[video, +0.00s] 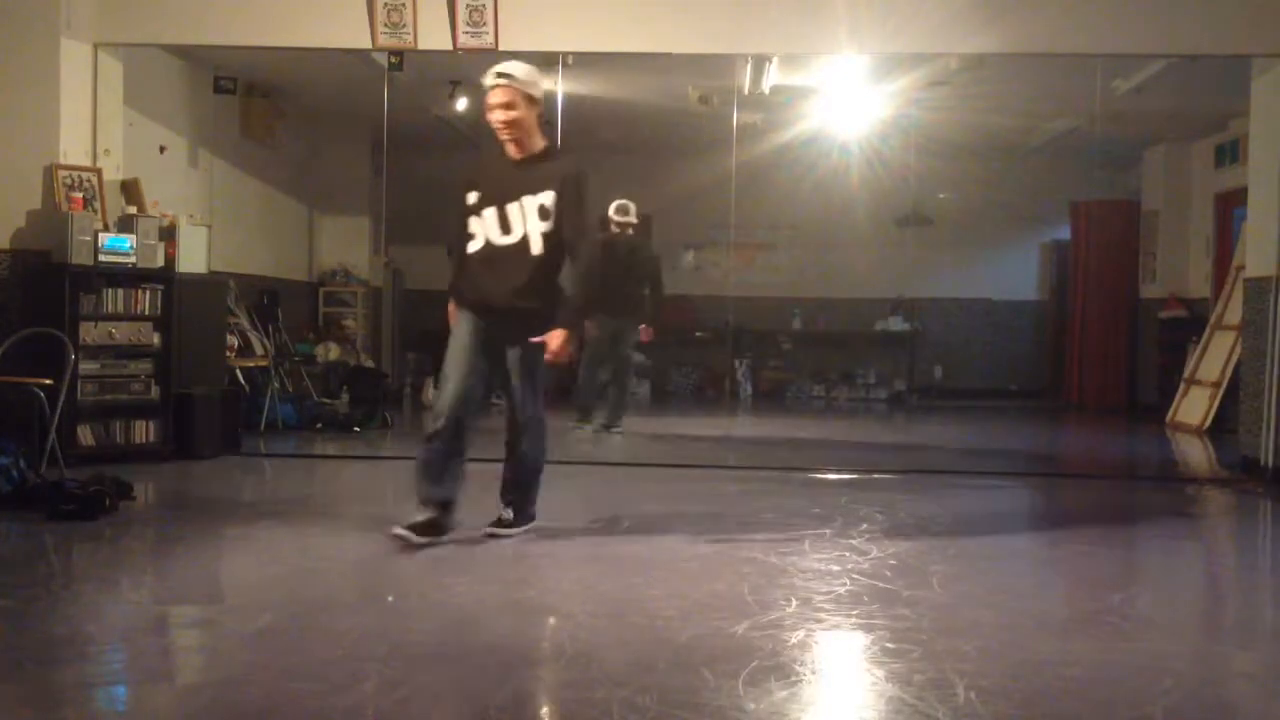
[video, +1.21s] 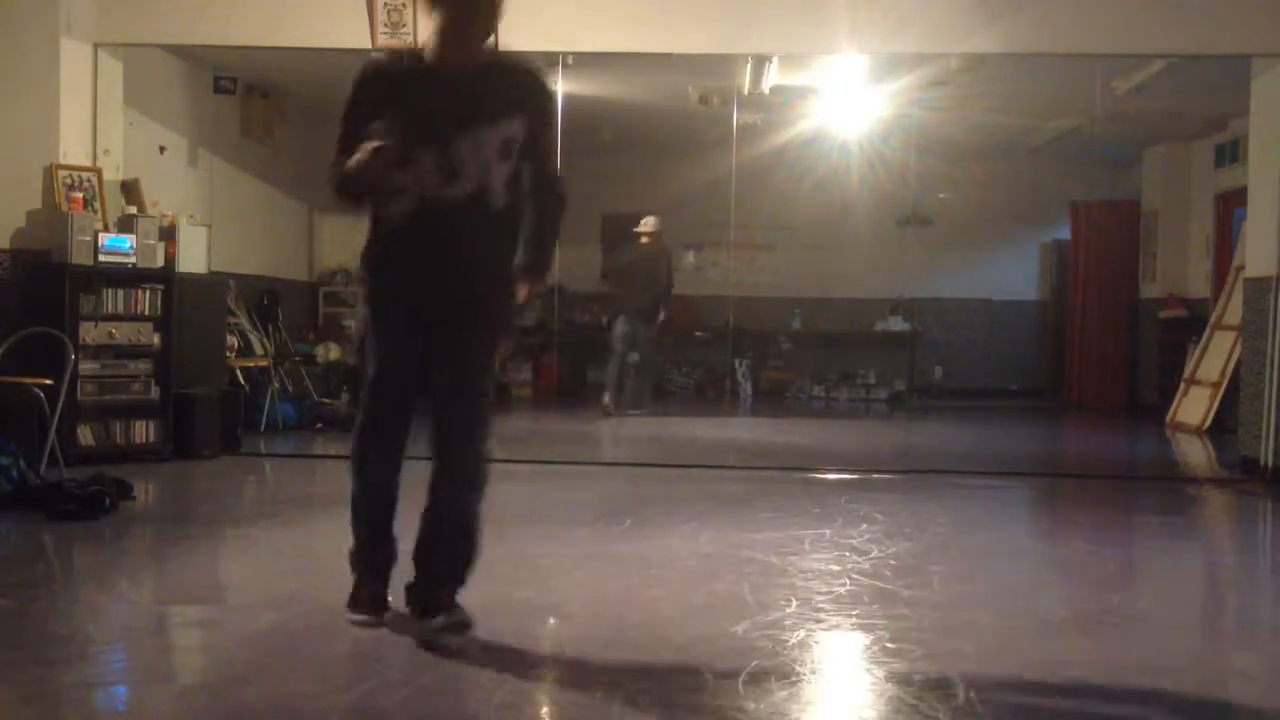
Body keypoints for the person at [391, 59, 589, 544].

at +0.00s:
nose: (501, 117)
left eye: (511, 105)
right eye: (493, 108)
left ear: (536, 107)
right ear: (486, 115)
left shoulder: (563, 172)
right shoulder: (480, 171)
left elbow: (579, 253)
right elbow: (465, 242)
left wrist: (567, 322)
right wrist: (456, 295)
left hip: (531, 313)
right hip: (475, 307)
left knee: (525, 413)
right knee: (449, 404)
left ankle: (517, 508)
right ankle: (435, 509)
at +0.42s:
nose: (448, 87)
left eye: (459, 76)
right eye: (440, 76)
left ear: (480, 77)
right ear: (427, 78)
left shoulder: (510, 146)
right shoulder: (404, 138)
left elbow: (518, 232)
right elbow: (379, 213)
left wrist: (488, 297)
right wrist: (361, 275)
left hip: (468, 297)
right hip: (404, 294)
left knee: (440, 411)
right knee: (407, 416)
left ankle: (454, 520)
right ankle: (424, 527)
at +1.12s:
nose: (447, 47)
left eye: (459, 32)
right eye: (436, 32)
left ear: (476, 36)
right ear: (415, 33)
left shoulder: (506, 115)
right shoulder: (371, 115)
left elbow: (537, 227)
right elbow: (332, 213)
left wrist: (516, 310)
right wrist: (359, 211)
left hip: (460, 311)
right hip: (383, 311)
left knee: (440, 460)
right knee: (365, 452)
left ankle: (431, 590)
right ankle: (372, 581)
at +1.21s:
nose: (469, 24)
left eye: (481, 13)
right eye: (460, 11)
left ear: (496, 19)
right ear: (436, 11)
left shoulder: (523, 89)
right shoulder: (385, 80)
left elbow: (545, 189)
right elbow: (344, 185)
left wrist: (533, 268)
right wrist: (359, 169)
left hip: (477, 291)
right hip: (398, 288)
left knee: (463, 444)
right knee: (381, 433)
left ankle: (435, 592)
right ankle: (369, 579)